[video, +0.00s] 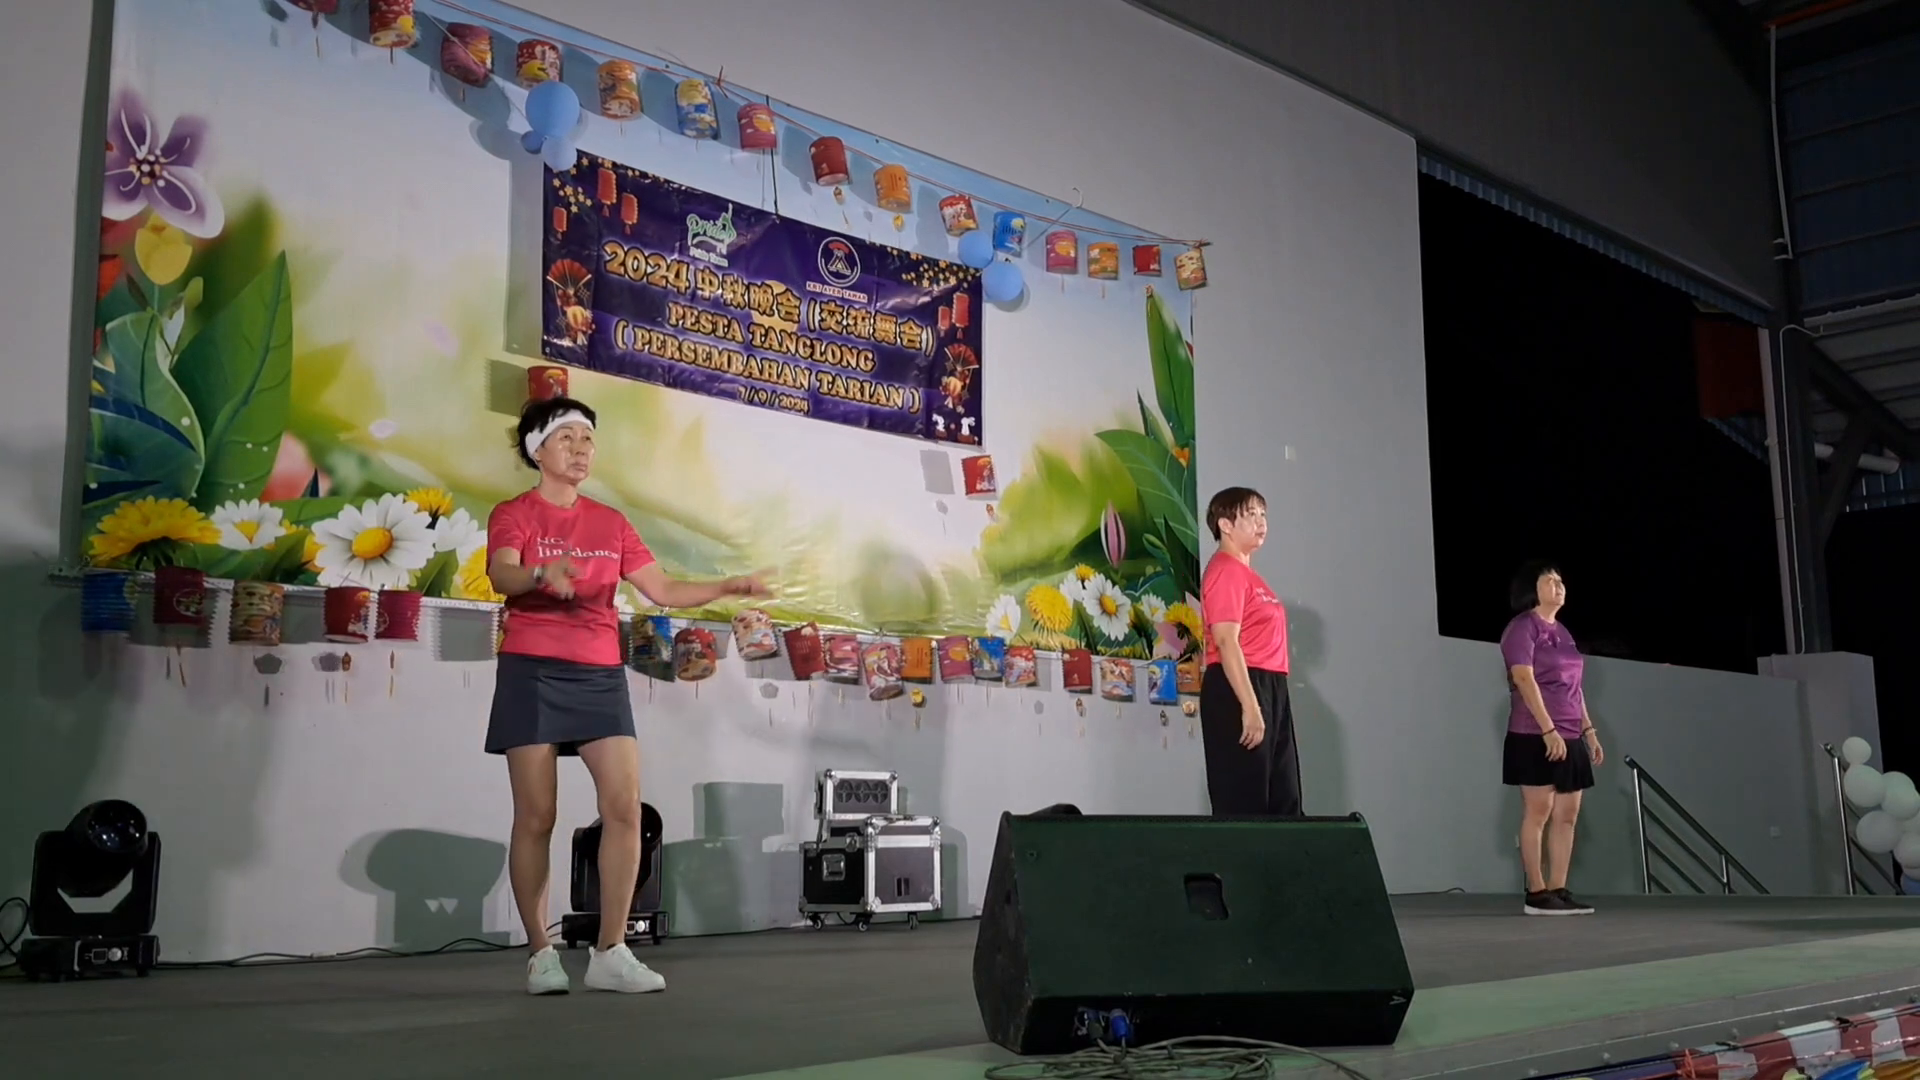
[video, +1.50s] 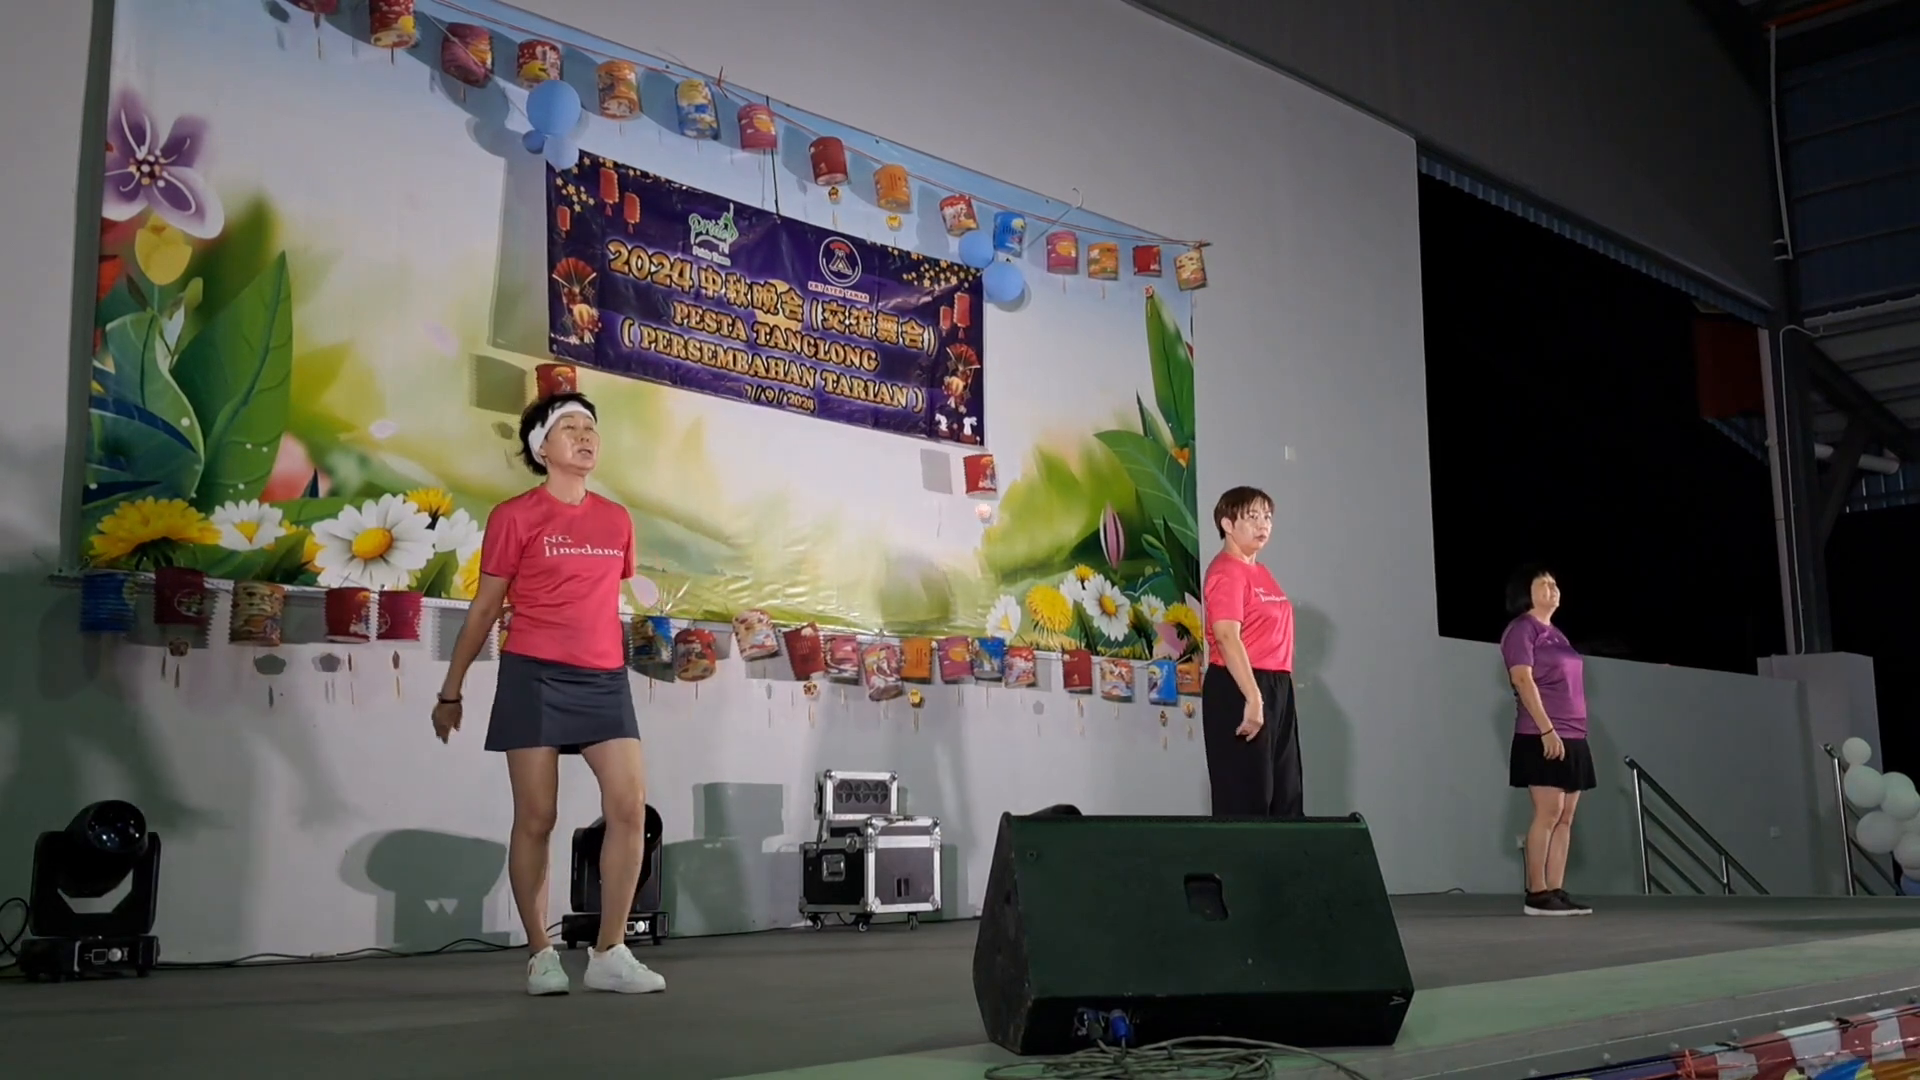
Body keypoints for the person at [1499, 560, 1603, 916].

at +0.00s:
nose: (1558, 586)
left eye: (1560, 581)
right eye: (1549, 581)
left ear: (1563, 592)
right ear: (1532, 589)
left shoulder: (1564, 634)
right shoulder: (1522, 628)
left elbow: (1573, 687)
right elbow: (1524, 681)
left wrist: (1588, 731)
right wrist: (1549, 730)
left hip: (1570, 737)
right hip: (1534, 735)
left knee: (1567, 815)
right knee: (1537, 811)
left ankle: (1558, 890)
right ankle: (1537, 892)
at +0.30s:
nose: (1553, 588)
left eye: (1555, 584)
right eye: (1544, 583)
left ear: (1559, 593)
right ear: (1528, 592)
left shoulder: (1560, 636)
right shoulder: (1517, 629)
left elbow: (1570, 688)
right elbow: (1513, 684)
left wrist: (1584, 728)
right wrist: (1526, 733)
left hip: (1565, 741)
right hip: (1529, 739)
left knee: (1574, 813)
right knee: (1530, 813)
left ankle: (1555, 889)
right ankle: (1535, 893)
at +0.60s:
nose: (1550, 587)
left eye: (1553, 582)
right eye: (1541, 582)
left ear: (1558, 592)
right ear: (1526, 591)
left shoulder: (1561, 635)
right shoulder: (1516, 629)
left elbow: (1573, 687)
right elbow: (1510, 682)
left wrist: (1588, 729)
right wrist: (1522, 732)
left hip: (1570, 739)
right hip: (1535, 737)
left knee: (1566, 815)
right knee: (1535, 812)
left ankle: (1555, 891)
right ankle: (1535, 893)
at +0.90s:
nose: (1551, 588)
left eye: (1553, 583)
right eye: (1542, 583)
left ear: (1558, 592)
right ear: (1526, 592)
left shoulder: (1559, 633)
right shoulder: (1519, 629)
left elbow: (1570, 689)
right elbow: (1520, 682)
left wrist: (1587, 732)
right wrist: (1544, 730)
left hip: (1571, 738)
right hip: (1538, 736)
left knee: (1563, 816)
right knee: (1539, 812)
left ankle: (1556, 891)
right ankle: (1536, 892)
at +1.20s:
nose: (1553, 588)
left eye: (1555, 583)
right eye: (1544, 583)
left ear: (1559, 592)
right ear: (1528, 592)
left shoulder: (1560, 633)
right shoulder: (1522, 628)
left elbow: (1569, 690)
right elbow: (1524, 681)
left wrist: (1583, 737)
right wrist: (1551, 728)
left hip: (1571, 737)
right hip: (1539, 735)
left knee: (1564, 815)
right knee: (1546, 811)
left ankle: (1555, 891)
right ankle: (1536, 892)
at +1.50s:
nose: (1551, 590)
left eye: (1554, 585)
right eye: (1542, 585)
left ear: (1558, 594)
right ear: (1526, 593)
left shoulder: (1556, 634)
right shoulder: (1521, 629)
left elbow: (1563, 685)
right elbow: (1523, 682)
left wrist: (1575, 730)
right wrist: (1547, 730)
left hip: (1572, 736)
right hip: (1541, 736)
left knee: (1565, 816)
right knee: (1547, 812)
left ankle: (1555, 890)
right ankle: (1537, 892)